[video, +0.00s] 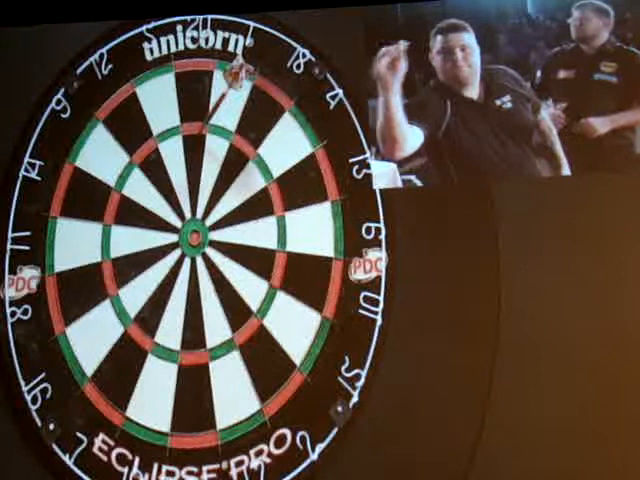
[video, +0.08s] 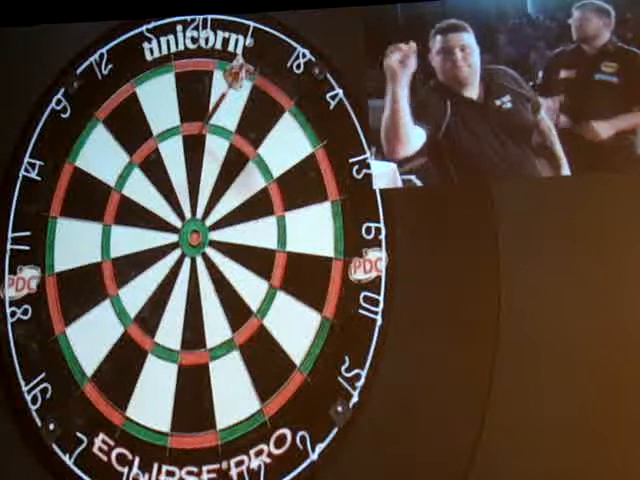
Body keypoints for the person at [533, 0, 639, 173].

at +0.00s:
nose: (577, 24)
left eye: (585, 20)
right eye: (574, 19)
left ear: (607, 24)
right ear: (569, 23)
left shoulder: (630, 61)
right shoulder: (556, 60)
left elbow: (637, 111)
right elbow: (536, 99)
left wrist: (607, 123)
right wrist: (547, 114)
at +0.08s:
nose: (575, 24)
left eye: (584, 19)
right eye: (574, 19)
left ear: (607, 24)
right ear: (570, 22)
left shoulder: (631, 60)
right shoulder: (558, 60)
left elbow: (637, 112)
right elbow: (542, 101)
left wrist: (611, 126)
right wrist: (554, 117)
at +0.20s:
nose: (571, 24)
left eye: (580, 19)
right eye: (572, 19)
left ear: (606, 24)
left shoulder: (631, 61)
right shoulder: (564, 59)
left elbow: (638, 121)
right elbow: (530, 95)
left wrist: (623, 144)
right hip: (571, 163)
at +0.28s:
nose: (570, 25)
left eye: (579, 19)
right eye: (571, 19)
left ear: (606, 24)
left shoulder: (632, 61)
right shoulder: (563, 59)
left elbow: (636, 114)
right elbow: (528, 94)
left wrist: (630, 148)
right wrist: (541, 74)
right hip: (571, 163)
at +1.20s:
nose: (590, 30)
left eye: (596, 23)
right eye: (585, 25)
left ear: (616, 24)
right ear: (579, 30)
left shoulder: (633, 60)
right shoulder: (569, 61)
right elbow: (531, 91)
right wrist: (549, 82)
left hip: (625, 159)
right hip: (578, 160)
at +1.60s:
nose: (597, 31)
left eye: (604, 25)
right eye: (592, 26)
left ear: (622, 25)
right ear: (586, 30)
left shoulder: (635, 61)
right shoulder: (570, 61)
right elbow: (548, 98)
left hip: (626, 158)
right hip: (580, 160)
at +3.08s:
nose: (596, 31)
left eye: (603, 25)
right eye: (590, 25)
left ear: (621, 28)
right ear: (584, 30)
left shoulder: (635, 65)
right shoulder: (565, 64)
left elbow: (636, 118)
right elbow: (552, 110)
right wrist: (556, 144)